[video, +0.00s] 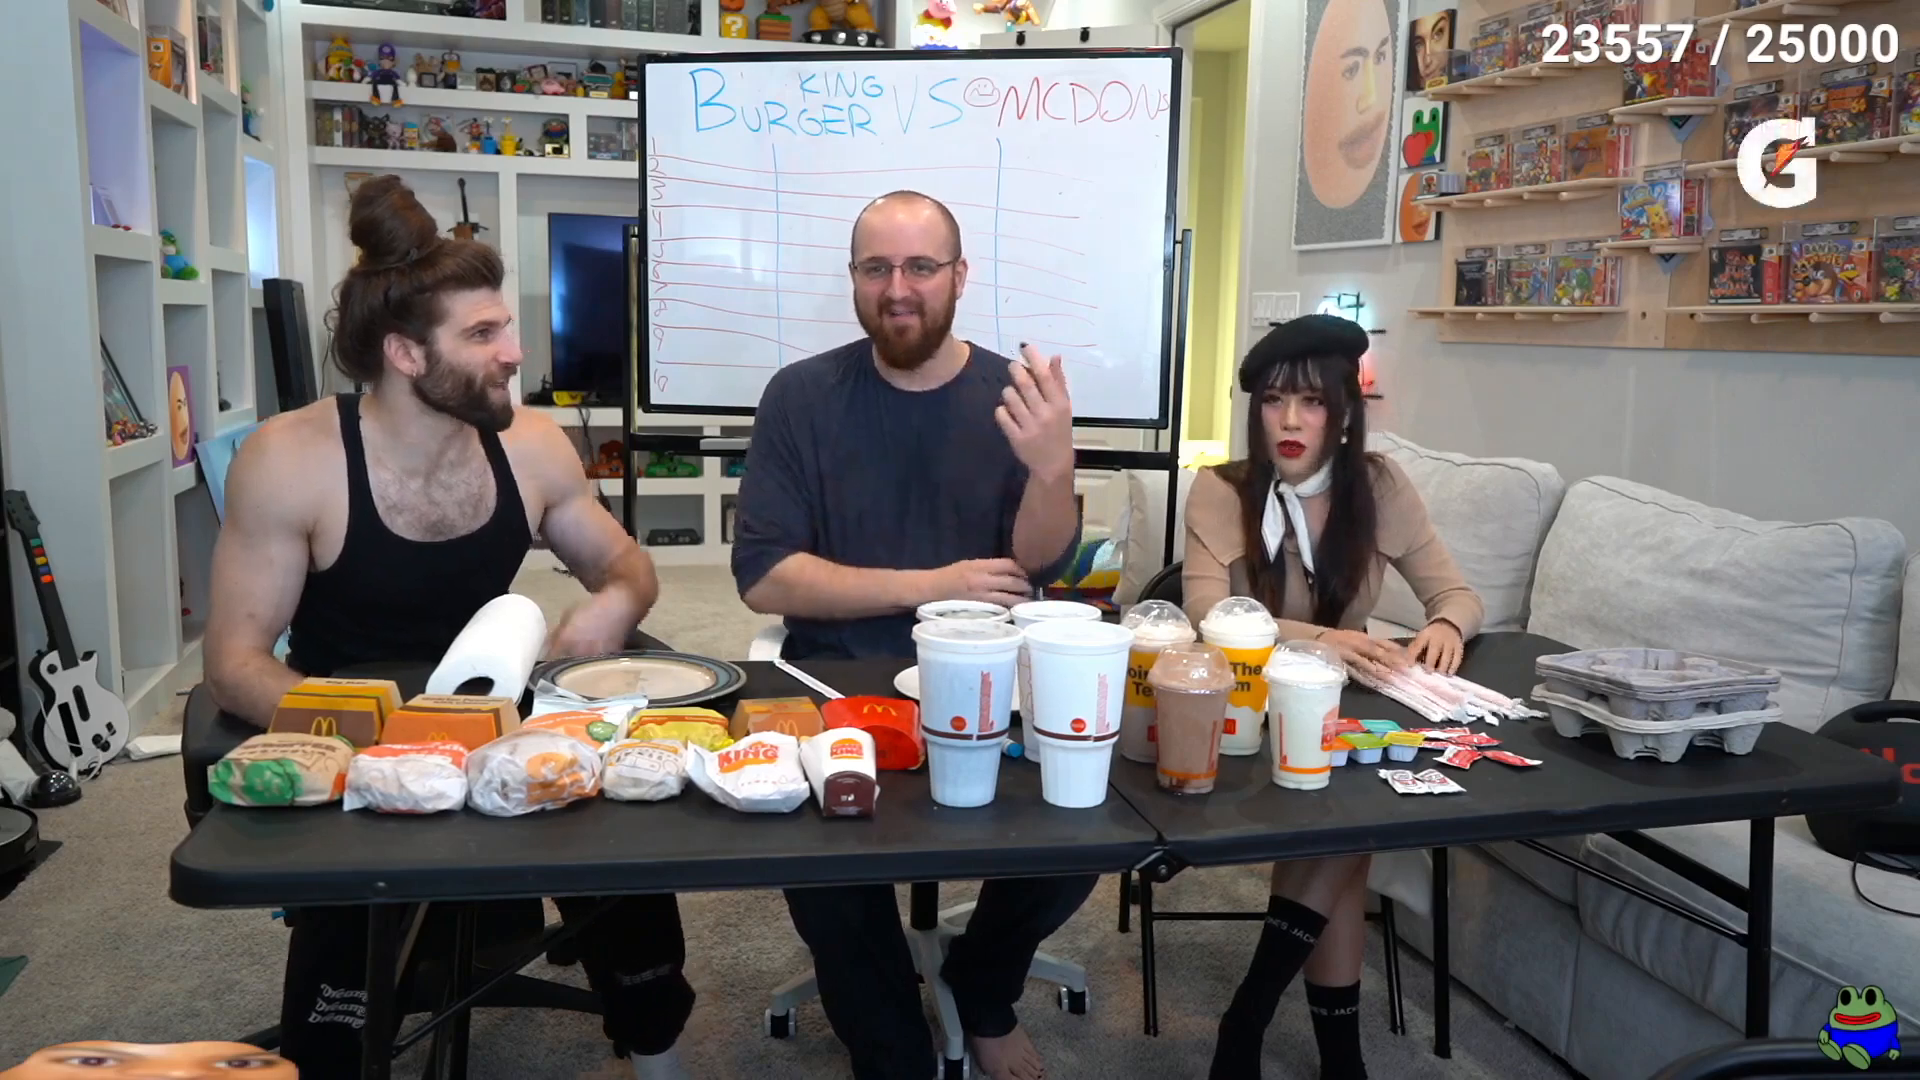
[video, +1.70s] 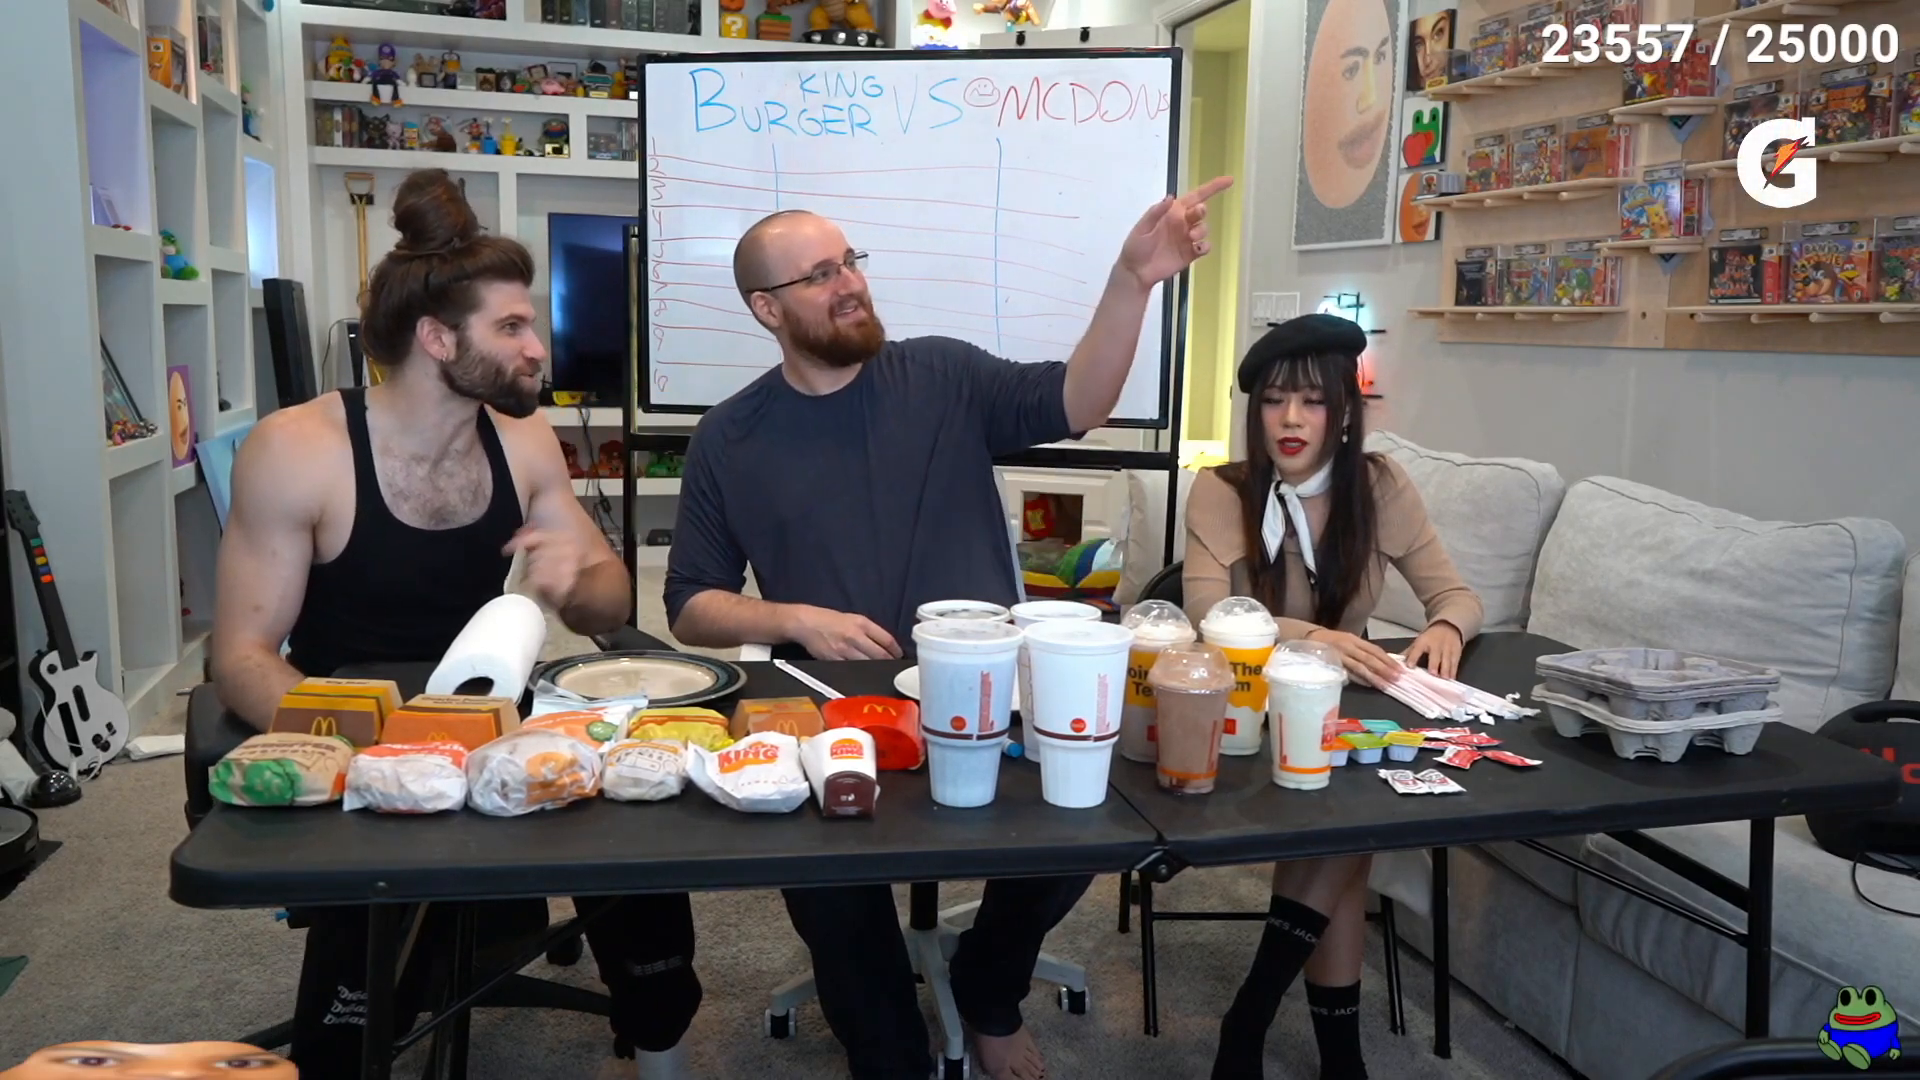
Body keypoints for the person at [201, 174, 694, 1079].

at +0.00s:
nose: (512, 351)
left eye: (508, 329)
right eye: (483, 333)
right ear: (404, 354)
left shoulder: (530, 445)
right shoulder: (288, 460)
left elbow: (628, 565)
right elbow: (234, 662)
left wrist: (613, 609)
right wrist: (347, 721)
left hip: (501, 743)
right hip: (348, 755)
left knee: (622, 833)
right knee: (351, 890)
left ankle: (655, 1054)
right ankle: (321, 1070)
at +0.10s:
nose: (511, 348)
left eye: (507, 326)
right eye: (482, 330)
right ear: (404, 351)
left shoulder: (523, 439)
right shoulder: (287, 456)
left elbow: (626, 577)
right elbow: (235, 661)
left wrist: (666, 535)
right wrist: (350, 725)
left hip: (496, 740)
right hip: (344, 753)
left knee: (624, 831)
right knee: (350, 889)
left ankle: (656, 1055)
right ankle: (320, 1071)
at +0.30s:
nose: (521, 345)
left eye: (518, 323)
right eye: (495, 325)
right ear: (418, 341)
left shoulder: (523, 434)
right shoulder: (287, 450)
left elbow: (677, 508)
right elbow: (236, 655)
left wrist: (740, 438)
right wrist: (354, 722)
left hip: (488, 737)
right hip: (338, 750)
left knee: (629, 829)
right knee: (350, 892)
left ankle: (658, 1057)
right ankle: (321, 1072)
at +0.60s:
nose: (549, 357)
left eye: (547, 333)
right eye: (527, 332)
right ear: (446, 338)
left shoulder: (538, 419)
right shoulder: (299, 449)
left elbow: (691, 408)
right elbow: (240, 646)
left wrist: (831, 343)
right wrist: (318, 738)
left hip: (493, 727)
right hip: (341, 737)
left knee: (611, 828)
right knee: (343, 875)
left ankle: (654, 1055)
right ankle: (316, 1073)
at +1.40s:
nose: (545, 353)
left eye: (543, 331)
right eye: (522, 332)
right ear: (442, 341)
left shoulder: (533, 427)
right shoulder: (295, 449)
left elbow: (688, 497)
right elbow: (239, 649)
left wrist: (747, 424)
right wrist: (322, 738)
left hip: (495, 741)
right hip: (348, 753)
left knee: (628, 827)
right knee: (339, 895)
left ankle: (661, 1049)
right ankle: (322, 1072)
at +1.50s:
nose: (541, 353)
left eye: (540, 331)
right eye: (516, 332)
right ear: (440, 342)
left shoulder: (529, 440)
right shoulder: (295, 449)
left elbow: (663, 565)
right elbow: (238, 650)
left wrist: (688, 501)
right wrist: (336, 739)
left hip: (492, 749)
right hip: (342, 756)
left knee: (636, 832)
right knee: (353, 892)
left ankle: (664, 1053)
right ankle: (325, 1071)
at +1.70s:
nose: (539, 351)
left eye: (537, 327)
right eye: (514, 328)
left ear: (450, 339)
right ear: (436, 339)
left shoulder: (523, 439)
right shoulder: (296, 450)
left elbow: (613, 606)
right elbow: (240, 650)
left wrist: (578, 573)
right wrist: (335, 731)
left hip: (506, 747)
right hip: (353, 758)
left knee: (637, 830)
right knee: (374, 891)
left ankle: (659, 1056)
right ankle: (330, 1067)